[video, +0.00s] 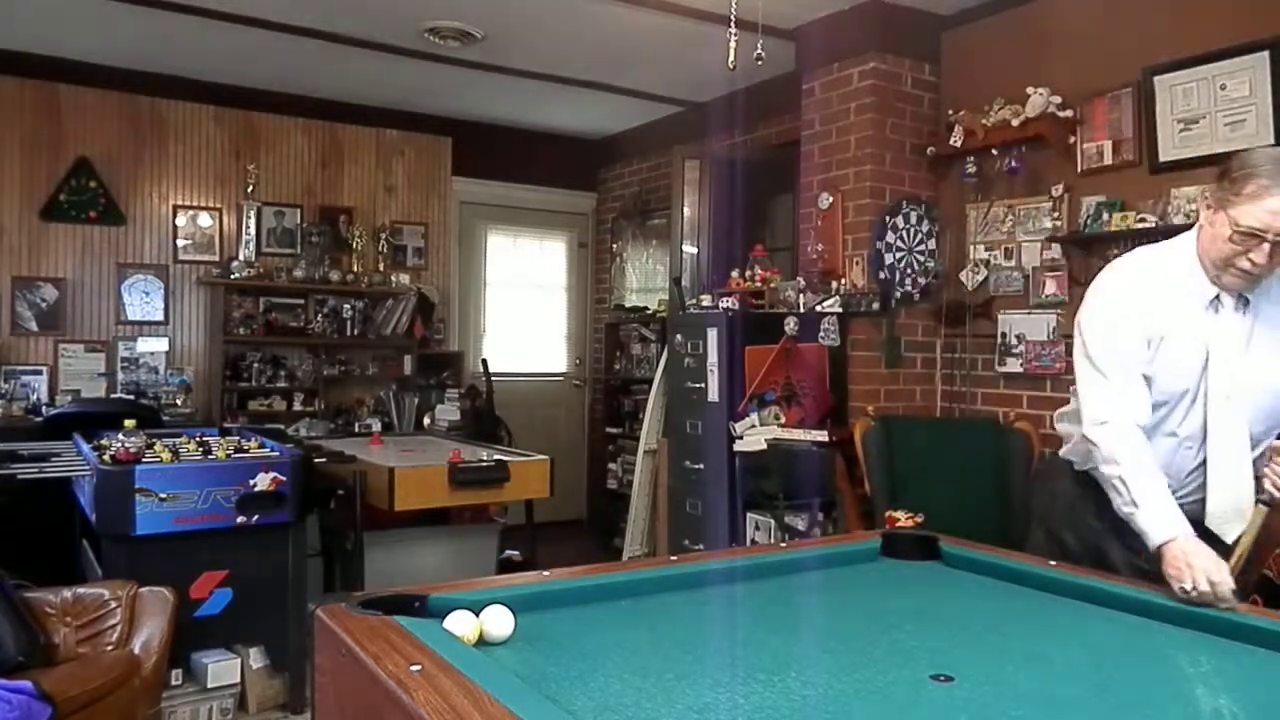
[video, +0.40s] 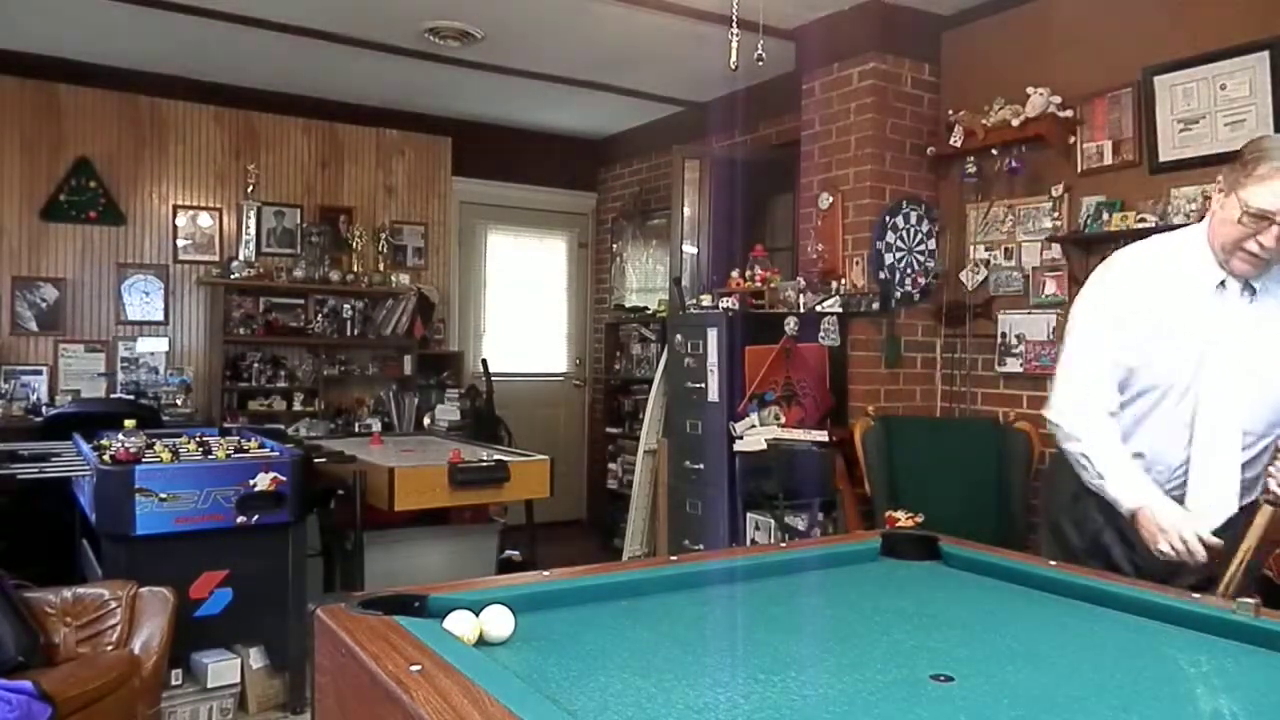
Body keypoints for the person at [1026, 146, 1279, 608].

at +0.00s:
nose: (1262, 258)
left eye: (1277, 244)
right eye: (1248, 235)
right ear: (1208, 211)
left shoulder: (1273, 296)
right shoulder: (1126, 288)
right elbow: (1110, 430)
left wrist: (1266, 459)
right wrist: (1172, 540)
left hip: (1206, 522)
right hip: (1095, 510)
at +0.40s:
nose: (1268, 240)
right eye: (1256, 216)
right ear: (1218, 196)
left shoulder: (1272, 293)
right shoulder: (1130, 276)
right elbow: (1074, 411)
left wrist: (1269, 466)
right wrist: (1145, 505)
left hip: (1228, 526)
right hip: (1104, 515)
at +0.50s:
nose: (1254, 228)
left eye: (1274, 215)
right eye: (1242, 204)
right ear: (1209, 189)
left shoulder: (1272, 285)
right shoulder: (1123, 270)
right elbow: (1050, 397)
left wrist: (1269, 458)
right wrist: (1115, 494)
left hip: (1222, 527)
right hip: (1096, 516)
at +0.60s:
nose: (1223, 214)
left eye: (1248, 202)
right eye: (1211, 194)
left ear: (1275, 212)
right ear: (1187, 187)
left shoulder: (1274, 280)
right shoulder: (1114, 266)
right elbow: (1040, 387)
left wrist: (1272, 455)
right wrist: (1083, 488)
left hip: (1224, 529)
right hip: (1105, 519)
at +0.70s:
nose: (1189, 204)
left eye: (1214, 191)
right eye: (1177, 185)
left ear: (1258, 193)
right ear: (1160, 183)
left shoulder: (1271, 277)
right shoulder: (1100, 268)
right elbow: (1035, 385)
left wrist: (1258, 446)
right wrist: (1059, 486)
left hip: (1219, 530)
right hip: (1098, 520)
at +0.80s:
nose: (1156, 199)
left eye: (1178, 185)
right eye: (1145, 183)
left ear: (1226, 186)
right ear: (1134, 183)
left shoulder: (1266, 277)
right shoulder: (1085, 271)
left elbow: (1276, 416)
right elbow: (1030, 384)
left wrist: (1227, 436)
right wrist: (1041, 482)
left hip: (1207, 527)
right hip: (1085, 514)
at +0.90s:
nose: (1124, 194)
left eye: (1143, 179)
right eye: (1115, 180)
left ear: (1193, 177)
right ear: (1105, 182)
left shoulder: (1253, 276)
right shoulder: (1072, 274)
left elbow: (1271, 408)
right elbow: (1025, 387)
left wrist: (1197, 421)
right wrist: (1029, 479)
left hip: (1200, 524)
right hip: (1085, 518)